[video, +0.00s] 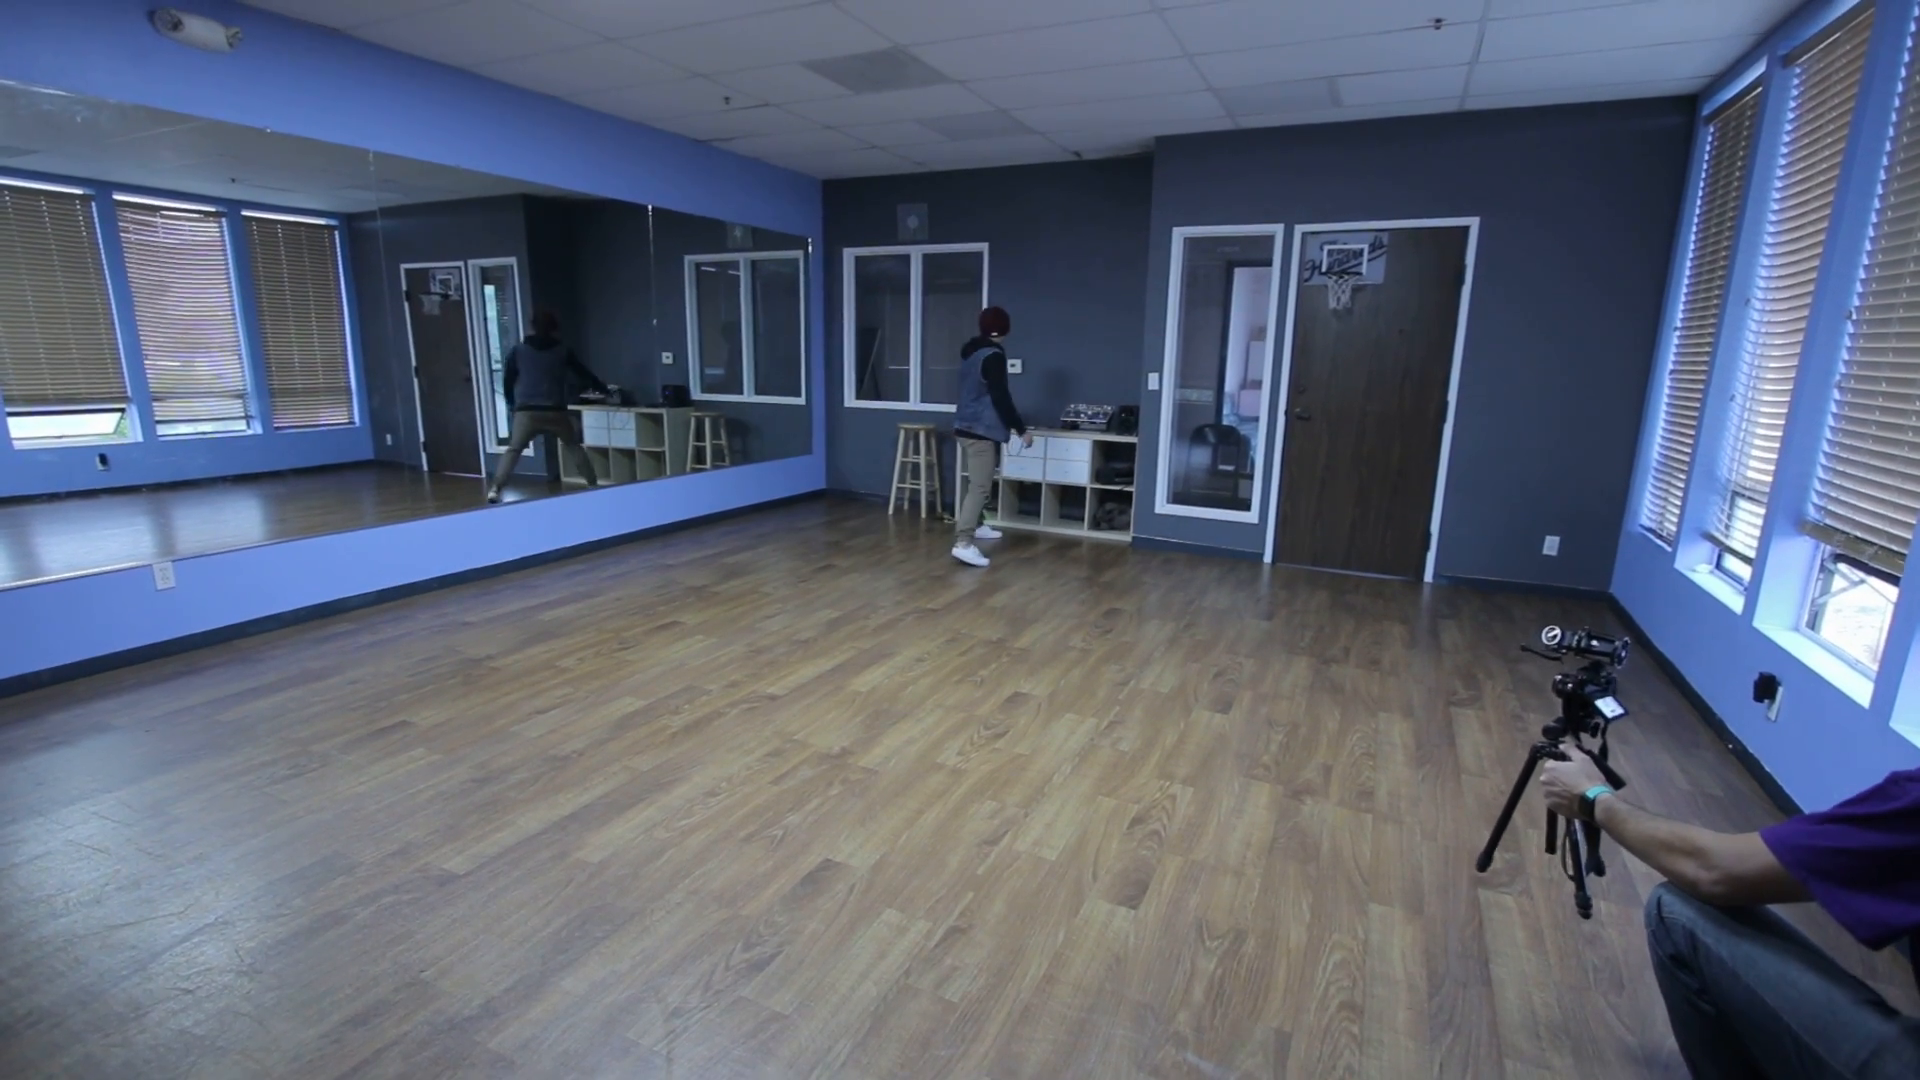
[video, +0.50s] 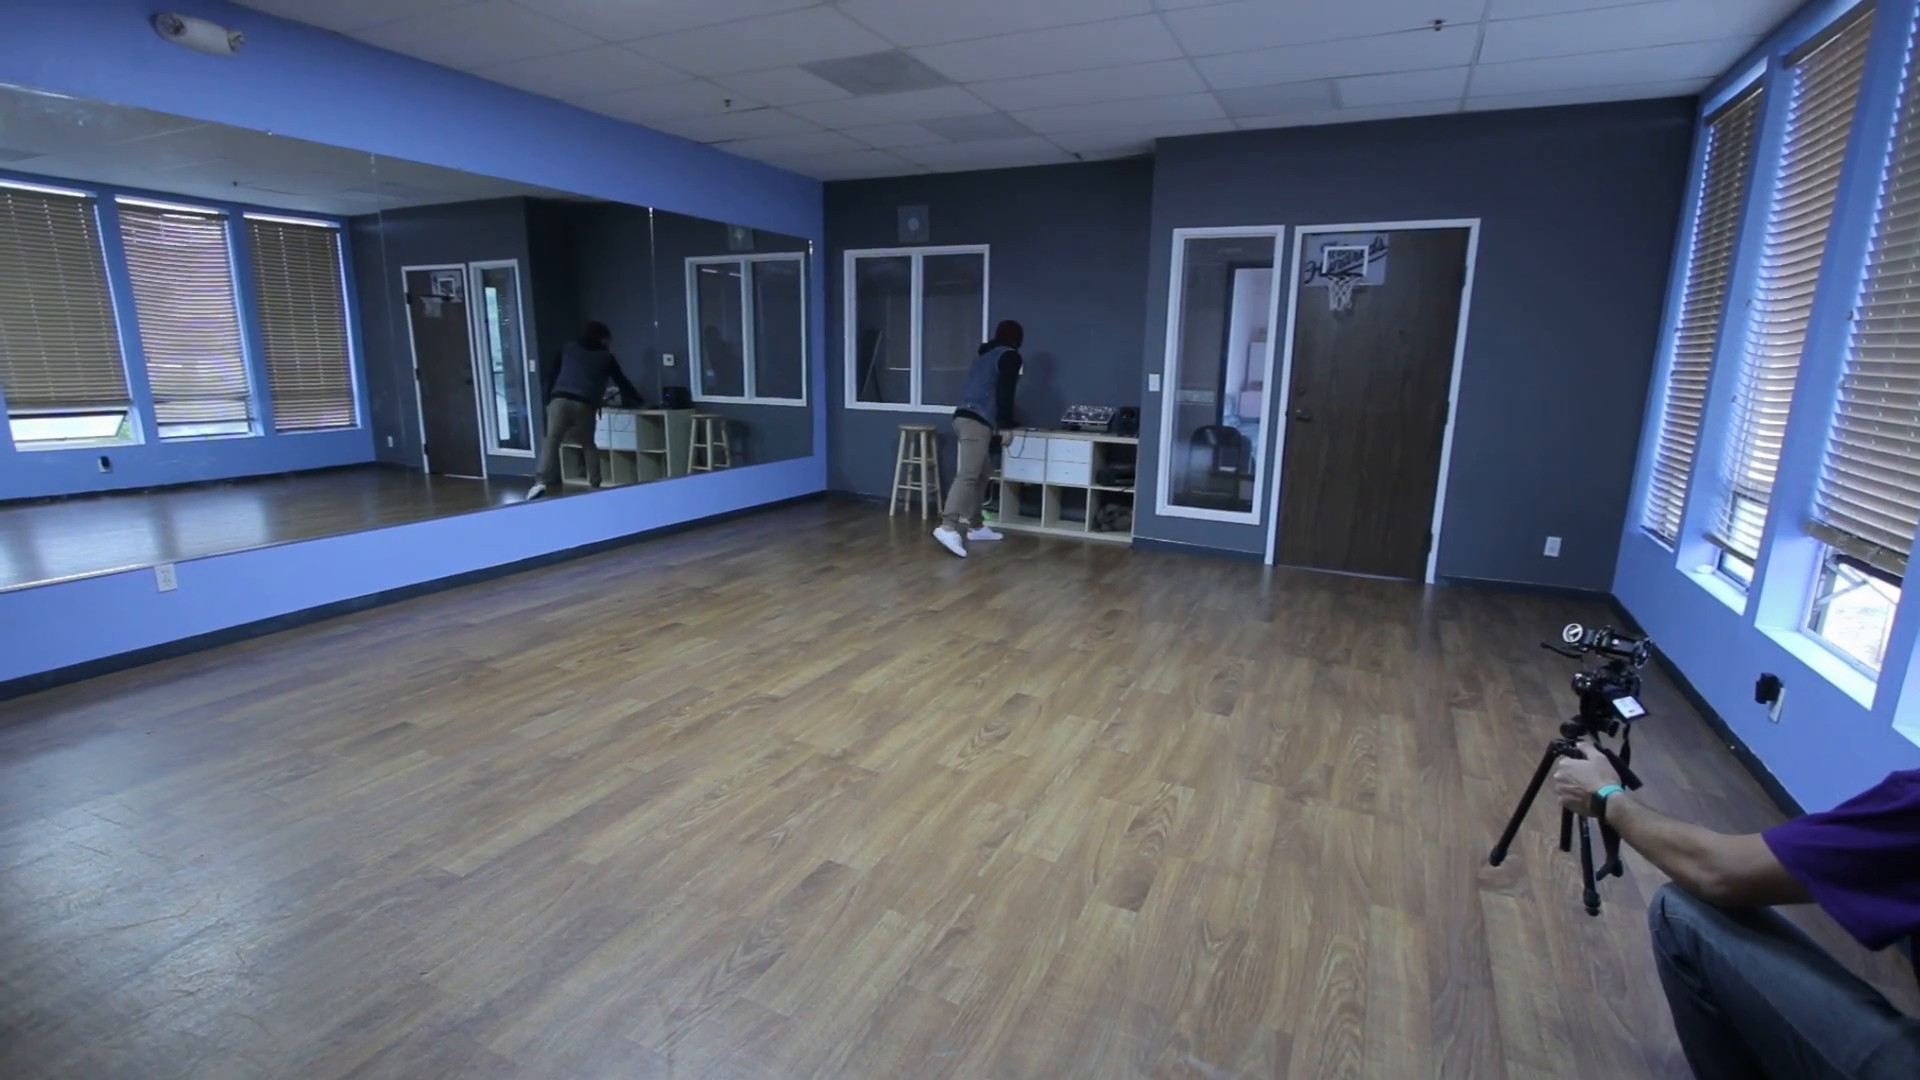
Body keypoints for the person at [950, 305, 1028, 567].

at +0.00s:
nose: (1006, 334)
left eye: (1005, 329)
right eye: (1006, 330)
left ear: (983, 328)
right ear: (1001, 331)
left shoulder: (973, 351)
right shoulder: (993, 355)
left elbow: (974, 393)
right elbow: (1000, 396)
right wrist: (1020, 429)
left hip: (967, 427)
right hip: (981, 431)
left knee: (978, 482)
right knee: (980, 486)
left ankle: (974, 525)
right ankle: (962, 543)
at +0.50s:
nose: (1019, 344)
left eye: (1017, 339)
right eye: (1019, 340)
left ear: (998, 336)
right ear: (1017, 340)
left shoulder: (987, 354)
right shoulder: (1009, 355)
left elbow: (983, 391)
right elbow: (1005, 392)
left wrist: (995, 425)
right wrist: (1006, 427)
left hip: (963, 417)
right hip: (977, 419)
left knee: (982, 472)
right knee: (969, 474)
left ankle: (975, 525)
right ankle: (949, 527)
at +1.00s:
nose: (1015, 338)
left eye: (1013, 334)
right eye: (1014, 334)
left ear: (993, 331)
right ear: (1012, 334)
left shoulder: (983, 349)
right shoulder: (1004, 350)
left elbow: (981, 386)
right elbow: (1000, 386)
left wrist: (996, 418)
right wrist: (1003, 420)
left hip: (960, 416)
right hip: (975, 419)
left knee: (973, 473)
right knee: (976, 474)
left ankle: (973, 523)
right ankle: (946, 521)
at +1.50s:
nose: (1011, 341)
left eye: (1011, 336)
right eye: (1010, 336)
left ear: (990, 329)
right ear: (1005, 334)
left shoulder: (984, 348)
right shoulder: (991, 351)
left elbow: (983, 389)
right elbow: (983, 389)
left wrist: (991, 421)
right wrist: (987, 424)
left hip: (970, 423)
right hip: (962, 422)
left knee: (975, 477)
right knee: (966, 477)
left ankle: (974, 525)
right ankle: (949, 531)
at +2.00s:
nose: (1001, 337)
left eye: (1001, 332)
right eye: (999, 332)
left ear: (983, 330)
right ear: (987, 331)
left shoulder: (986, 355)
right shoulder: (963, 354)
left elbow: (985, 398)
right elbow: (950, 395)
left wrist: (985, 430)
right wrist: (954, 432)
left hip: (974, 429)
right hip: (955, 430)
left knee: (976, 480)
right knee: (965, 482)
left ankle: (973, 526)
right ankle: (950, 533)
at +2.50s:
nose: (980, 324)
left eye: (983, 319)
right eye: (974, 319)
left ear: (985, 321)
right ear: (960, 320)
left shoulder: (989, 351)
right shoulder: (943, 351)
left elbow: (997, 391)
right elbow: (934, 393)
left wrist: (999, 426)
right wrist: (945, 428)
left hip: (983, 427)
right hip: (954, 428)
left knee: (988, 481)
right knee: (954, 483)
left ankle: (993, 532)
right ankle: (949, 534)